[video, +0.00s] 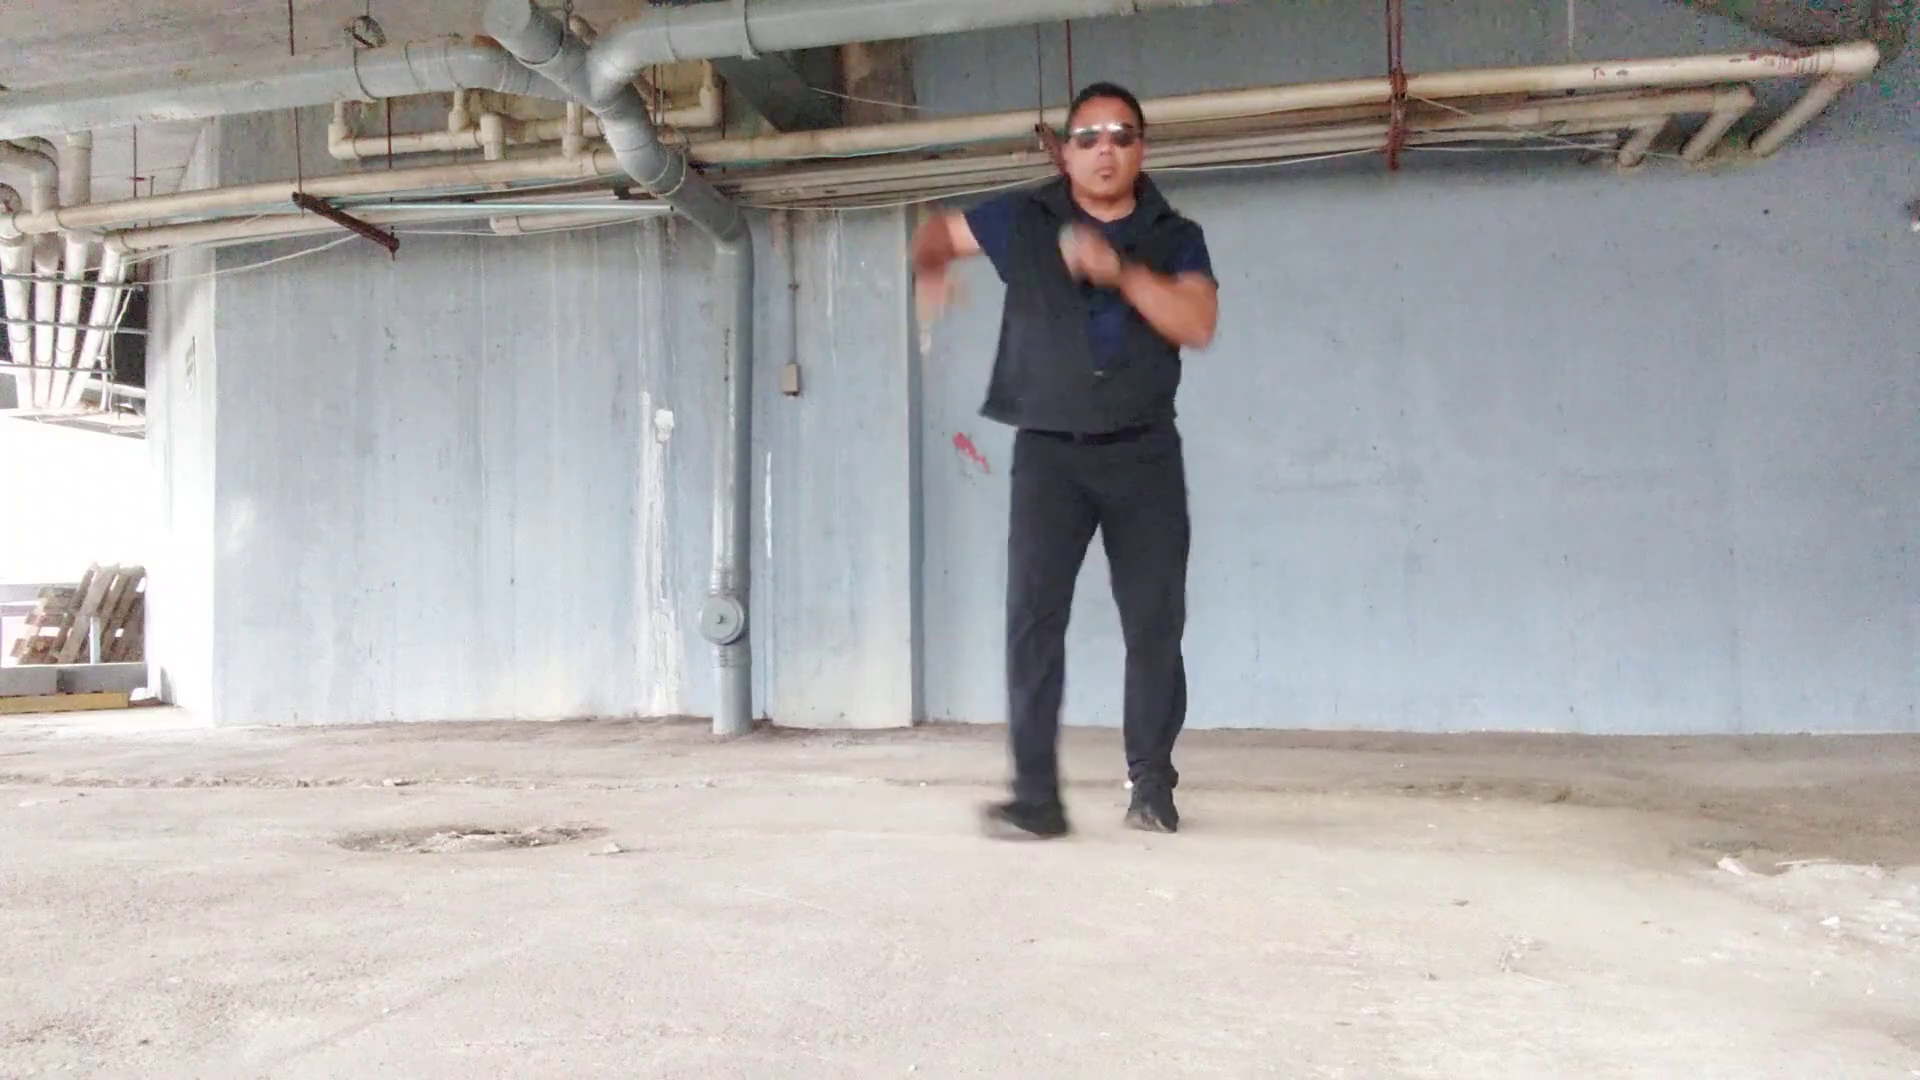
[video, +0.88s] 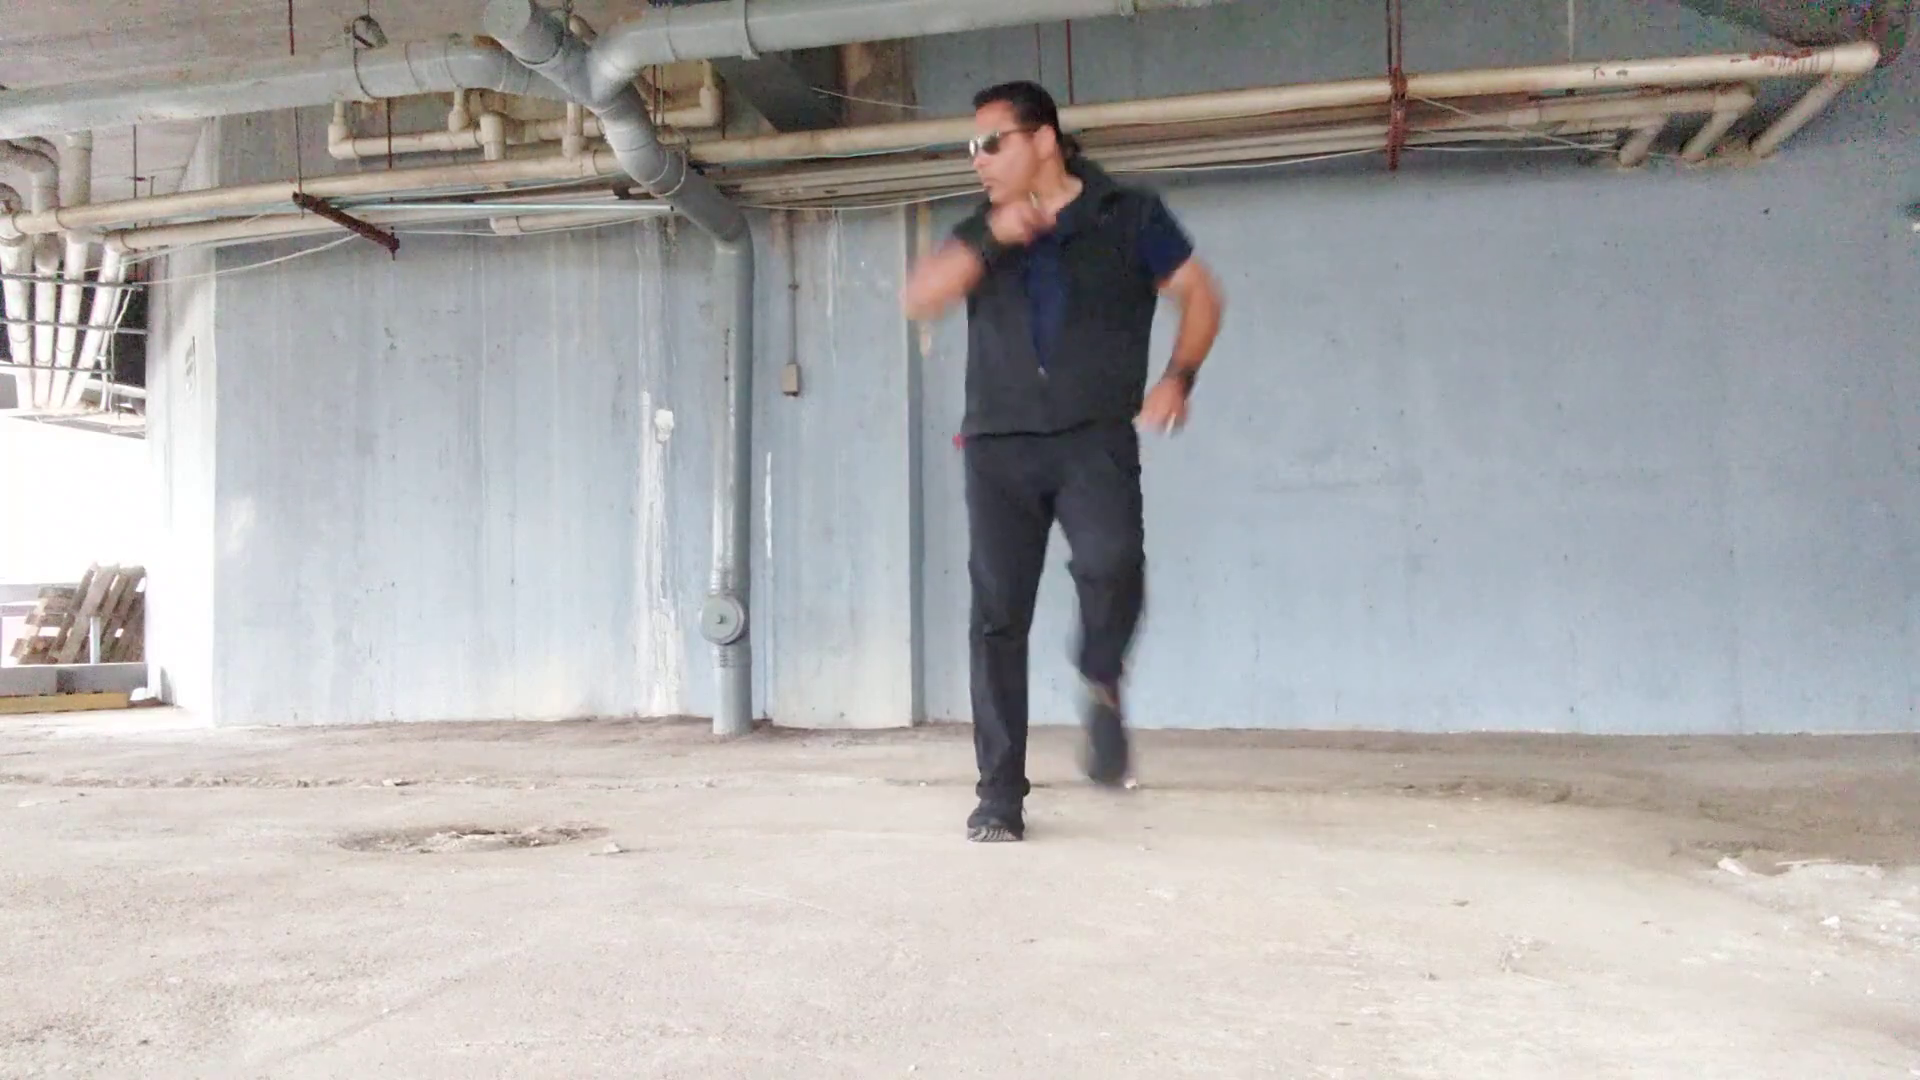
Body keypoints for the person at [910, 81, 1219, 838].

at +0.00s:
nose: (1106, 149)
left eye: (1121, 136)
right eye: (1089, 137)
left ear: (1143, 150)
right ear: (1064, 152)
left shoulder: (1171, 232)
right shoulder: (1027, 217)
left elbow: (1198, 324)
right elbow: (937, 231)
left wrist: (1119, 271)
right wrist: (929, 267)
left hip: (1144, 456)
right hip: (1048, 455)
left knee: (1155, 625)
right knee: (1033, 618)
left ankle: (1153, 784)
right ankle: (1036, 796)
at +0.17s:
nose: (1065, 149)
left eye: (1083, 136)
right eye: (1050, 137)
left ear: (1106, 152)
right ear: (1028, 154)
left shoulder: (1145, 240)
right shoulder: (998, 232)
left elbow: (1203, 331)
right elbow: (918, 243)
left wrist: (1200, 370)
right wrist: (1013, 208)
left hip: (1114, 454)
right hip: (1019, 457)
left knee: (1135, 612)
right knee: (1029, 623)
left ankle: (1142, 773)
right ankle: (1046, 793)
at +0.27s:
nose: (1055, 158)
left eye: (1072, 144)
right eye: (1039, 144)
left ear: (1093, 158)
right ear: (1016, 158)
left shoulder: (1131, 231)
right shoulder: (989, 239)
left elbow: (1220, 301)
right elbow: (970, 325)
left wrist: (1216, 303)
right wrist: (1053, 269)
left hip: (1101, 459)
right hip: (1006, 465)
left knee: (1118, 607)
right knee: (1011, 620)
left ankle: (1108, 735)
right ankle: (1041, 795)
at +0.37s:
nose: (1068, 156)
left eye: (1082, 143)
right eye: (1050, 142)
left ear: (1100, 155)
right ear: (1023, 154)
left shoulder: (1129, 230)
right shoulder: (982, 236)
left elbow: (1229, 257)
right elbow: (935, 344)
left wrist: (1143, 245)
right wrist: (998, 358)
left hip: (1104, 458)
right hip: (1008, 463)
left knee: (1106, 618)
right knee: (1004, 620)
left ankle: (1081, 751)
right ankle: (1034, 790)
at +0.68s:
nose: (1084, 169)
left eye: (1093, 155)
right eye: (1066, 155)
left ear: (1103, 164)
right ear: (1025, 165)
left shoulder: (1122, 251)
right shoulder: (969, 238)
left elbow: (1162, 345)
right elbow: (902, 323)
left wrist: (1099, 313)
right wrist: (941, 356)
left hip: (1092, 464)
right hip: (996, 463)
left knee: (1127, 598)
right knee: (997, 620)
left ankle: (1080, 700)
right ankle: (1002, 787)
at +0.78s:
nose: (1005, 169)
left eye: (1022, 153)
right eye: (996, 156)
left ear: (1068, 158)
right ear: (988, 166)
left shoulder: (1128, 242)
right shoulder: (971, 248)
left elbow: (1160, 349)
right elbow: (933, 355)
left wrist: (1135, 387)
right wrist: (991, 327)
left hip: (1087, 453)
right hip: (991, 457)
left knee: (1112, 560)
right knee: (993, 621)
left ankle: (1071, 649)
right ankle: (1000, 792)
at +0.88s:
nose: (978, 161)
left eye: (991, 145)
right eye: (974, 148)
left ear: (1044, 141)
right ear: (994, 154)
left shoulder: (1125, 213)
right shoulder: (981, 228)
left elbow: (1202, 295)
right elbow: (915, 299)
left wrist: (1179, 376)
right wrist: (991, 235)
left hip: (1097, 438)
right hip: (1000, 444)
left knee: (1114, 568)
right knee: (998, 616)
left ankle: (1103, 687)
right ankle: (999, 794)